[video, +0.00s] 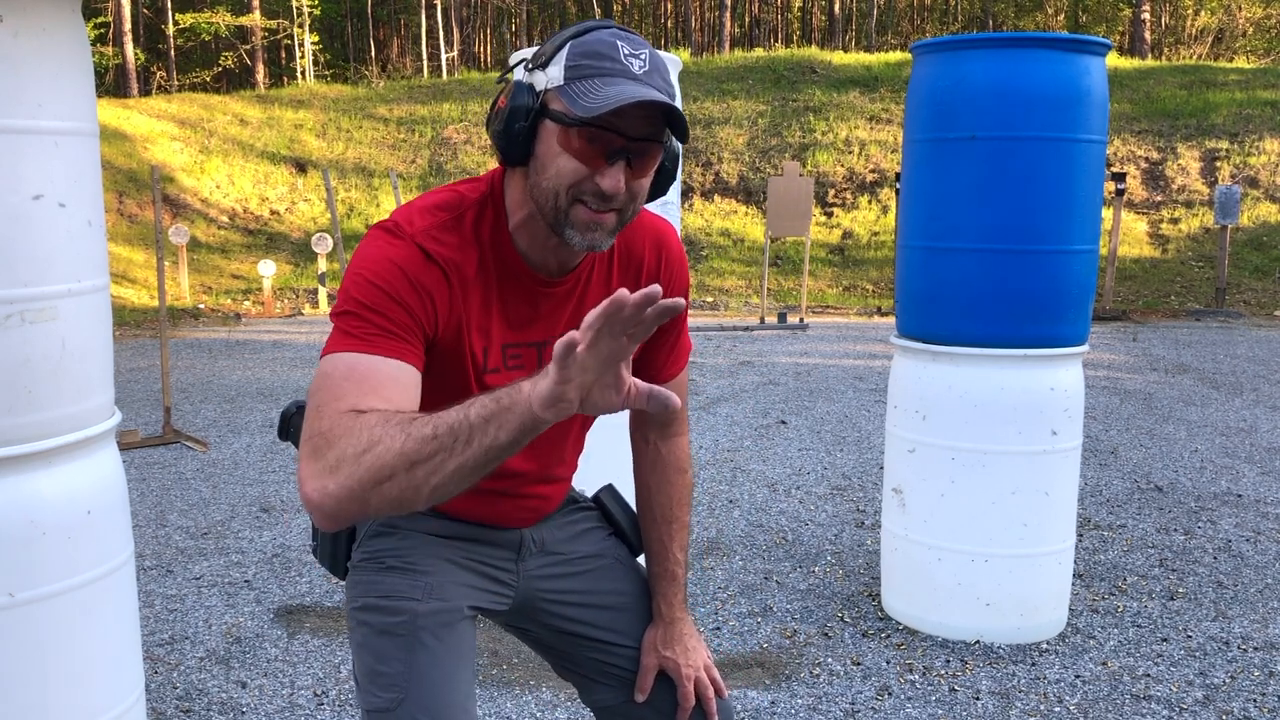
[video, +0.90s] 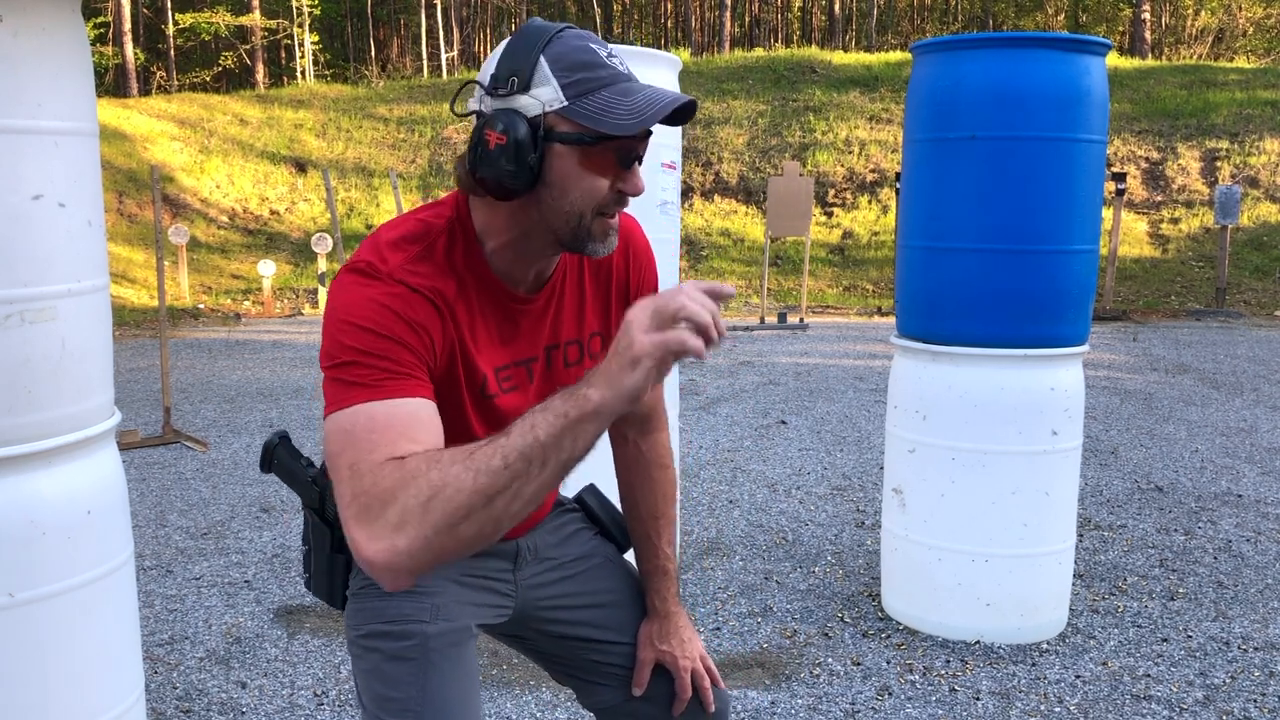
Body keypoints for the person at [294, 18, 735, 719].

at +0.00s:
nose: (613, 182)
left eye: (640, 153)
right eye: (593, 142)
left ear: (660, 163)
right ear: (521, 127)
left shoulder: (651, 253)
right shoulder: (411, 250)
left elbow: (664, 429)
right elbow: (334, 480)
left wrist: (673, 611)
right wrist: (548, 395)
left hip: (558, 527)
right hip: (419, 533)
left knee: (682, 701)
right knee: (425, 707)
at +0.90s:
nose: (635, 182)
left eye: (636, 154)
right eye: (607, 150)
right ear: (507, 148)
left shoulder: (619, 253)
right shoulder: (384, 285)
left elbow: (642, 427)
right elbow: (390, 535)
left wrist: (664, 603)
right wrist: (606, 387)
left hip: (546, 535)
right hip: (416, 567)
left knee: (687, 700)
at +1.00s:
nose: (626, 180)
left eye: (624, 151)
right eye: (596, 150)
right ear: (497, 157)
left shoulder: (604, 262)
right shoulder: (378, 303)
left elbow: (630, 425)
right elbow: (458, 555)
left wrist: (658, 597)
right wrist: (590, 337)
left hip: (536, 526)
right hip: (401, 551)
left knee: (687, 699)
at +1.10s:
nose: (611, 180)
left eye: (610, 149)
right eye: (580, 151)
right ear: (483, 157)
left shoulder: (591, 246)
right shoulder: (378, 321)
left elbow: (625, 424)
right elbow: (539, 564)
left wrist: (655, 594)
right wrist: (577, 315)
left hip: (546, 543)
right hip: (411, 560)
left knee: (686, 698)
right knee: (440, 704)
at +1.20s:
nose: (597, 178)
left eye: (597, 148)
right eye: (566, 150)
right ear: (467, 158)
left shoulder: (578, 241)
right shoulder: (380, 332)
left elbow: (616, 430)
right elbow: (582, 555)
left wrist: (650, 588)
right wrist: (602, 317)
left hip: (548, 549)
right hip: (417, 570)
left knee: (686, 695)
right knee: (445, 704)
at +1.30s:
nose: (584, 175)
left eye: (587, 146)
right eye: (552, 147)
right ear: (455, 160)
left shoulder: (573, 244)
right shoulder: (382, 338)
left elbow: (605, 426)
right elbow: (608, 526)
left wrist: (650, 586)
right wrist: (663, 296)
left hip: (544, 542)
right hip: (420, 574)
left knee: (686, 693)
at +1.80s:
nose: (534, 200)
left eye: (557, 165)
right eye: (504, 165)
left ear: (586, 162)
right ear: (440, 155)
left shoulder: (592, 237)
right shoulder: (387, 305)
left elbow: (617, 409)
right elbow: (591, 500)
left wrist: (655, 592)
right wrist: (707, 290)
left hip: (559, 546)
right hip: (418, 567)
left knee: (689, 700)